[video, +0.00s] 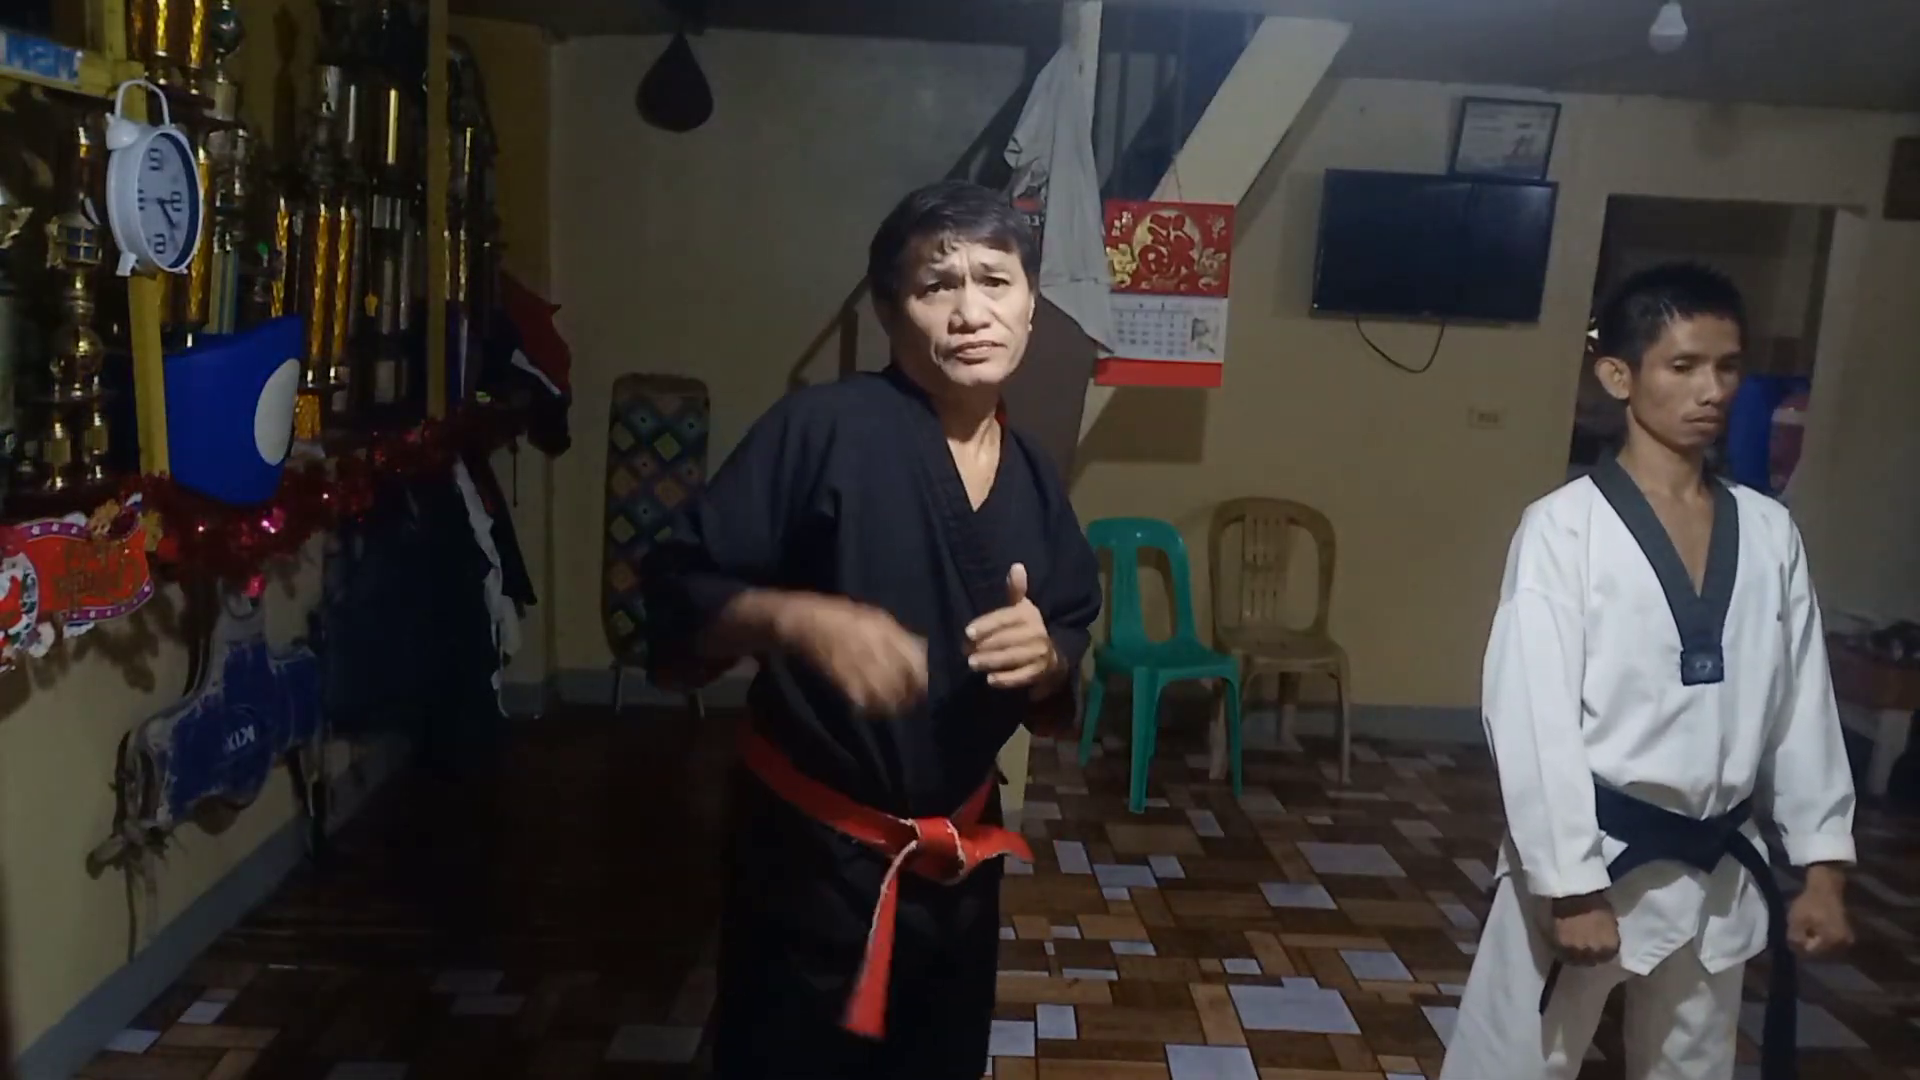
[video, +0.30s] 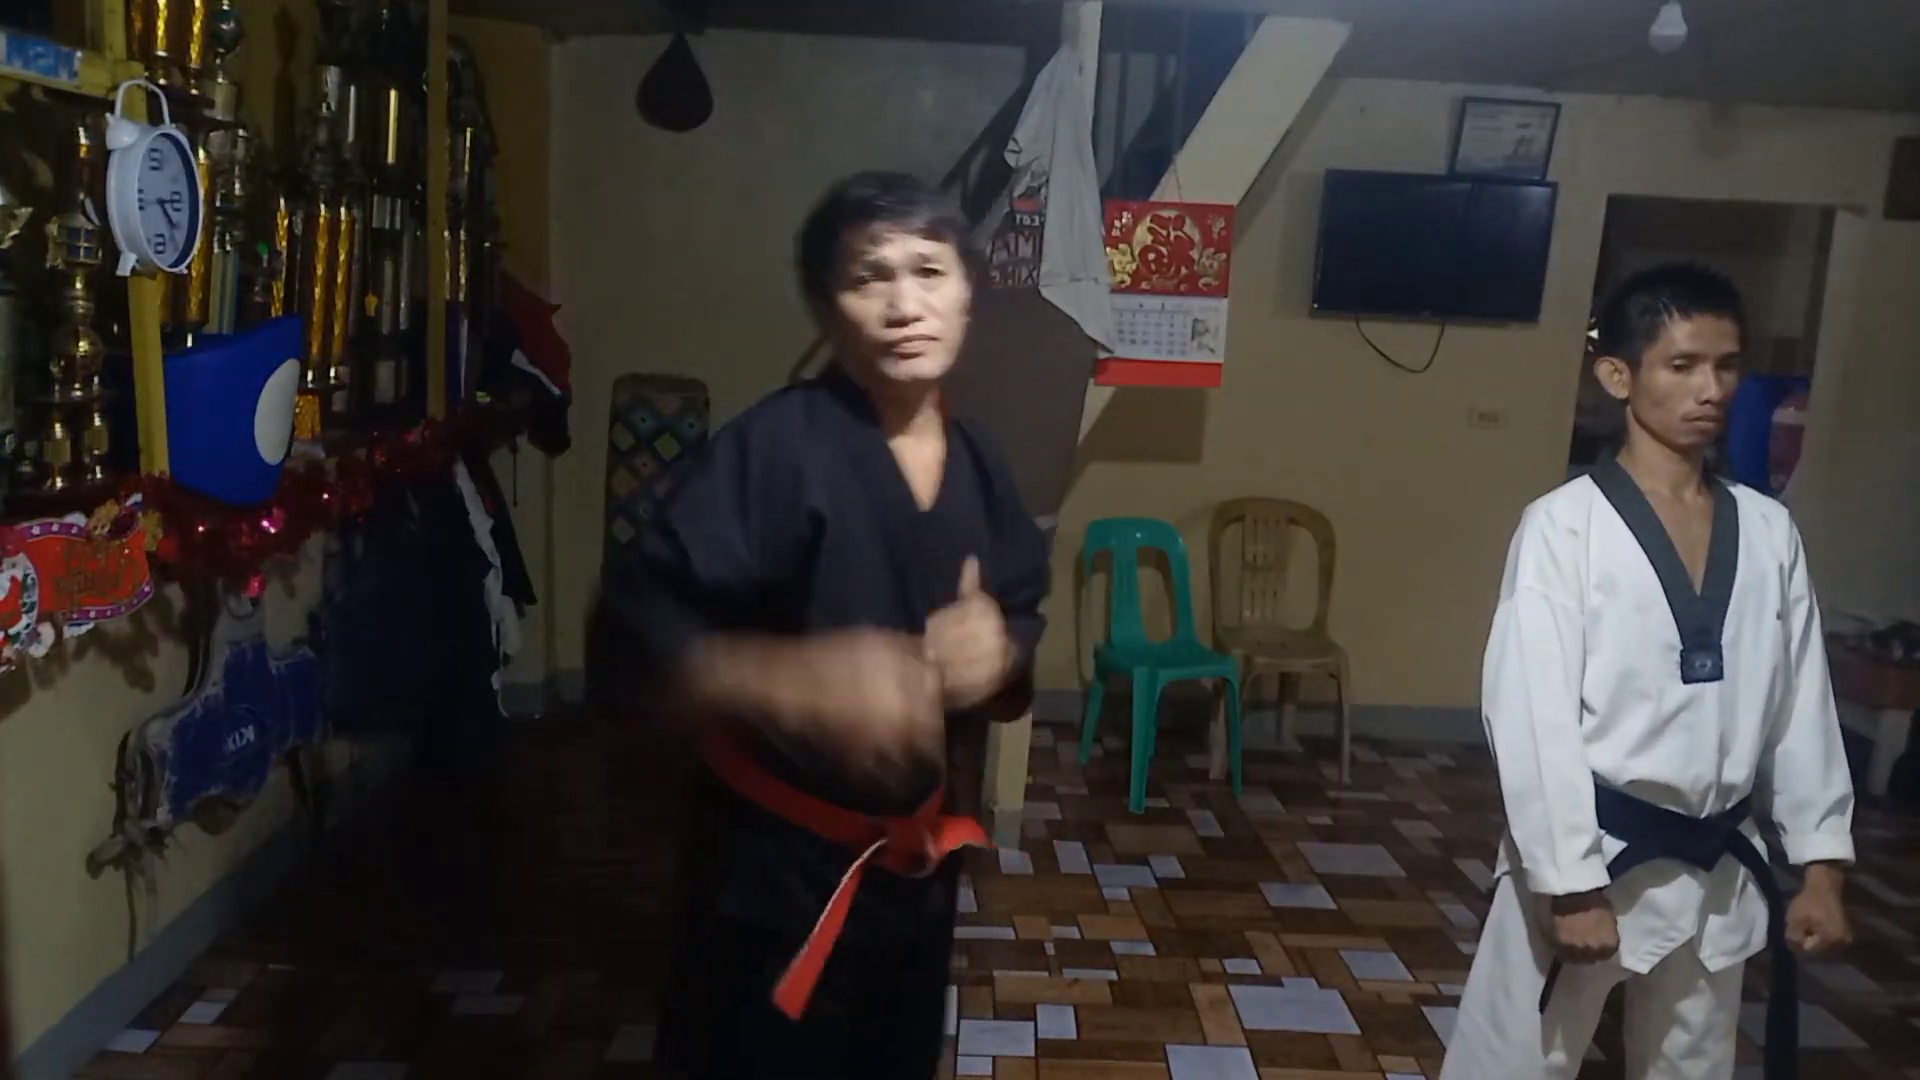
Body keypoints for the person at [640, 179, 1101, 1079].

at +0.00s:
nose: (972, 313)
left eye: (996, 282)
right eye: (937, 287)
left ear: (1032, 304)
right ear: (890, 314)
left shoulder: (1027, 469)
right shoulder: (818, 431)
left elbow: (1069, 635)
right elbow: (671, 593)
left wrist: (1045, 652)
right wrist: (798, 618)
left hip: (958, 852)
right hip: (815, 844)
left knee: (944, 1063)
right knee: (789, 1063)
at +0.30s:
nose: (905, 303)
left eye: (930, 272)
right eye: (869, 279)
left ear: (969, 293)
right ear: (825, 309)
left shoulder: (973, 456)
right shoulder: (770, 449)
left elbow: (1019, 630)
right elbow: (631, 641)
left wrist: (992, 651)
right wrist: (807, 679)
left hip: (916, 862)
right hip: (775, 859)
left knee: (897, 1063)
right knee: (752, 1065)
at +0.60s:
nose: (872, 314)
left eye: (882, 280)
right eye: (832, 289)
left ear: (901, 283)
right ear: (757, 312)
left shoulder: (935, 448)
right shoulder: (700, 469)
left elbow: (978, 641)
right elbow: (646, 703)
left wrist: (1037, 591)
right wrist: (776, 833)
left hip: (899, 861)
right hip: (739, 868)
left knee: (882, 1064)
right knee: (737, 1066)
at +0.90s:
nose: (918, 317)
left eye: (938, 290)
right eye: (886, 294)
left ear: (968, 309)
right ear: (846, 323)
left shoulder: (983, 454)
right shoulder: (800, 444)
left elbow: (1020, 632)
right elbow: (696, 621)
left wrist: (984, 606)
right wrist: (827, 693)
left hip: (912, 793)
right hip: (783, 787)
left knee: (882, 1039)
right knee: (765, 1040)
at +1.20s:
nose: (912, 338)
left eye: (930, 308)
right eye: (879, 313)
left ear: (959, 317)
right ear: (837, 334)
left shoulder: (972, 463)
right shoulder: (797, 451)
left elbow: (1018, 650)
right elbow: (693, 633)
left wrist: (1003, 569)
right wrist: (835, 660)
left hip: (908, 812)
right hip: (783, 810)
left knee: (887, 1045)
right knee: (759, 1050)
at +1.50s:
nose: (889, 345)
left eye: (909, 314)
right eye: (855, 320)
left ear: (939, 319)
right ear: (809, 337)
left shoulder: (942, 458)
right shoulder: (791, 442)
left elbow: (1000, 634)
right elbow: (774, 520)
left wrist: (998, 529)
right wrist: (777, 586)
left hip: (905, 824)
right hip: (790, 826)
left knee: (918, 1049)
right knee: (772, 1056)